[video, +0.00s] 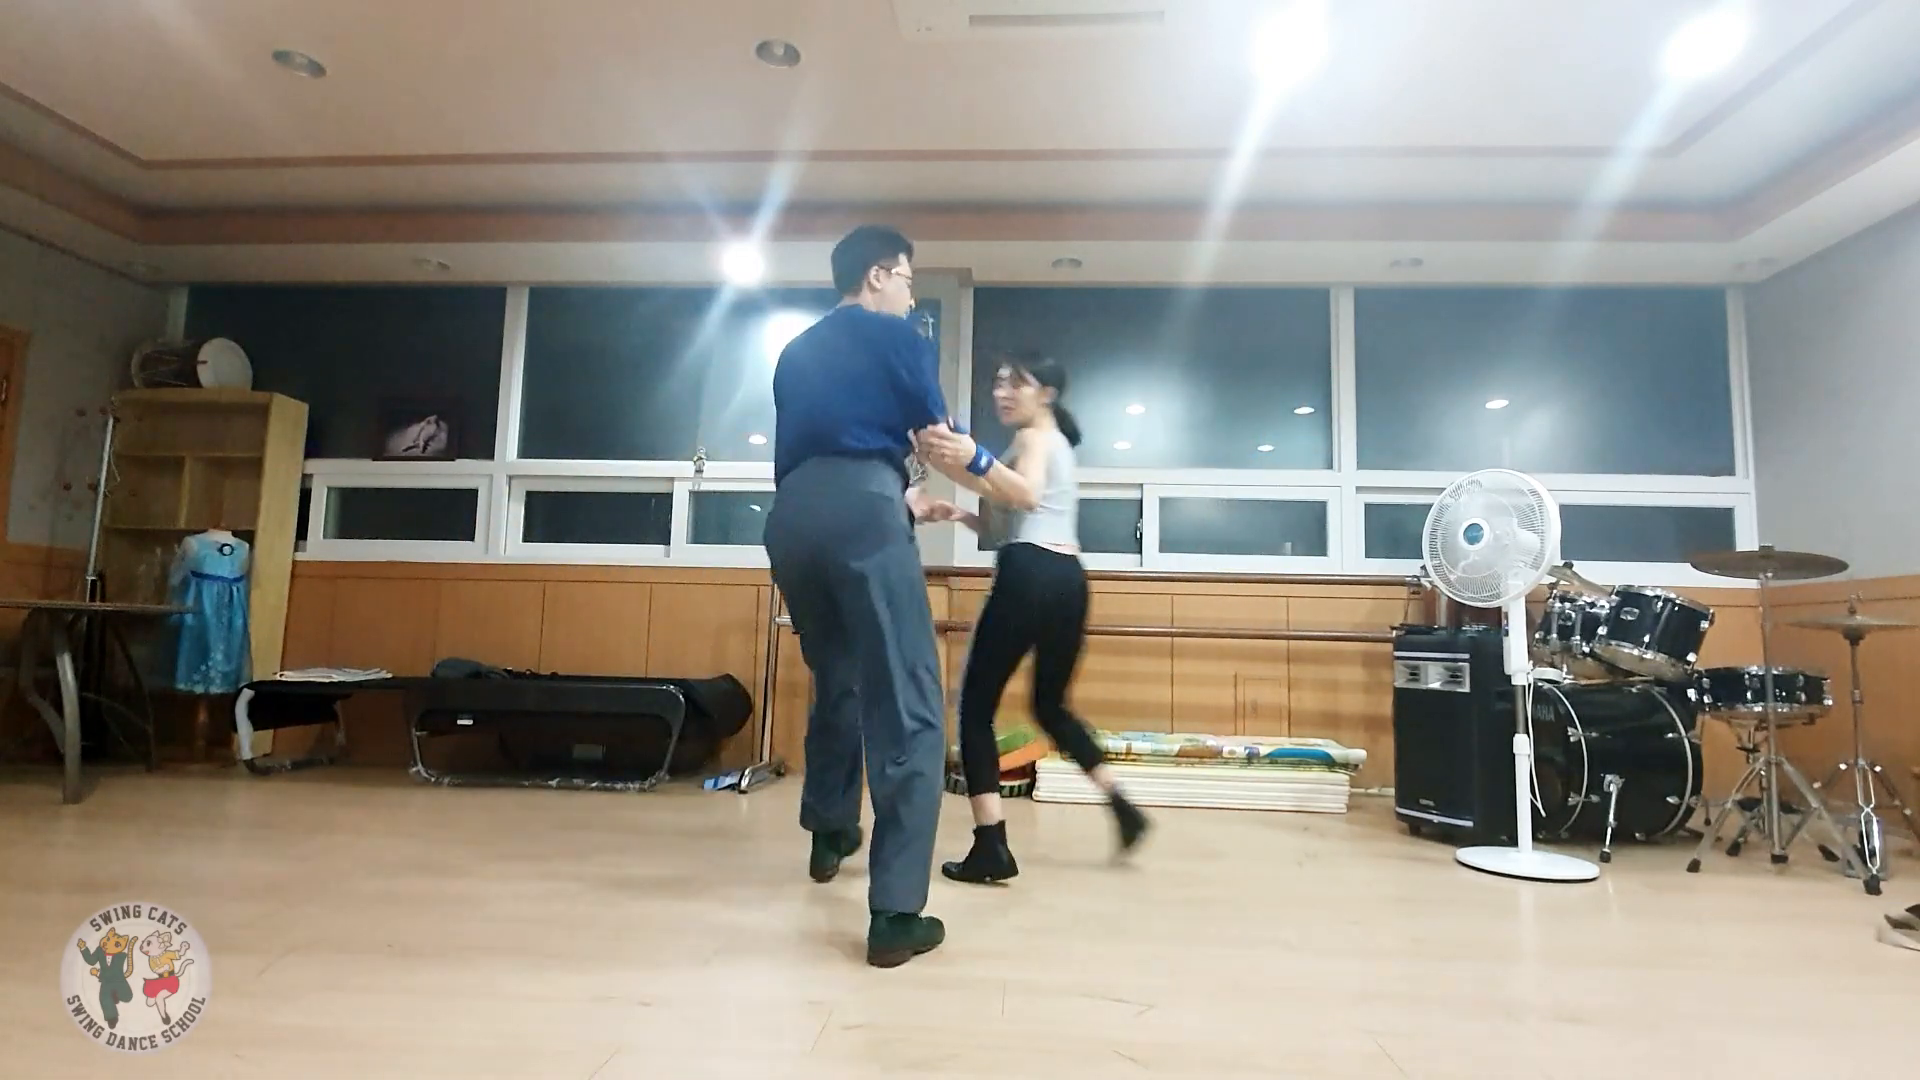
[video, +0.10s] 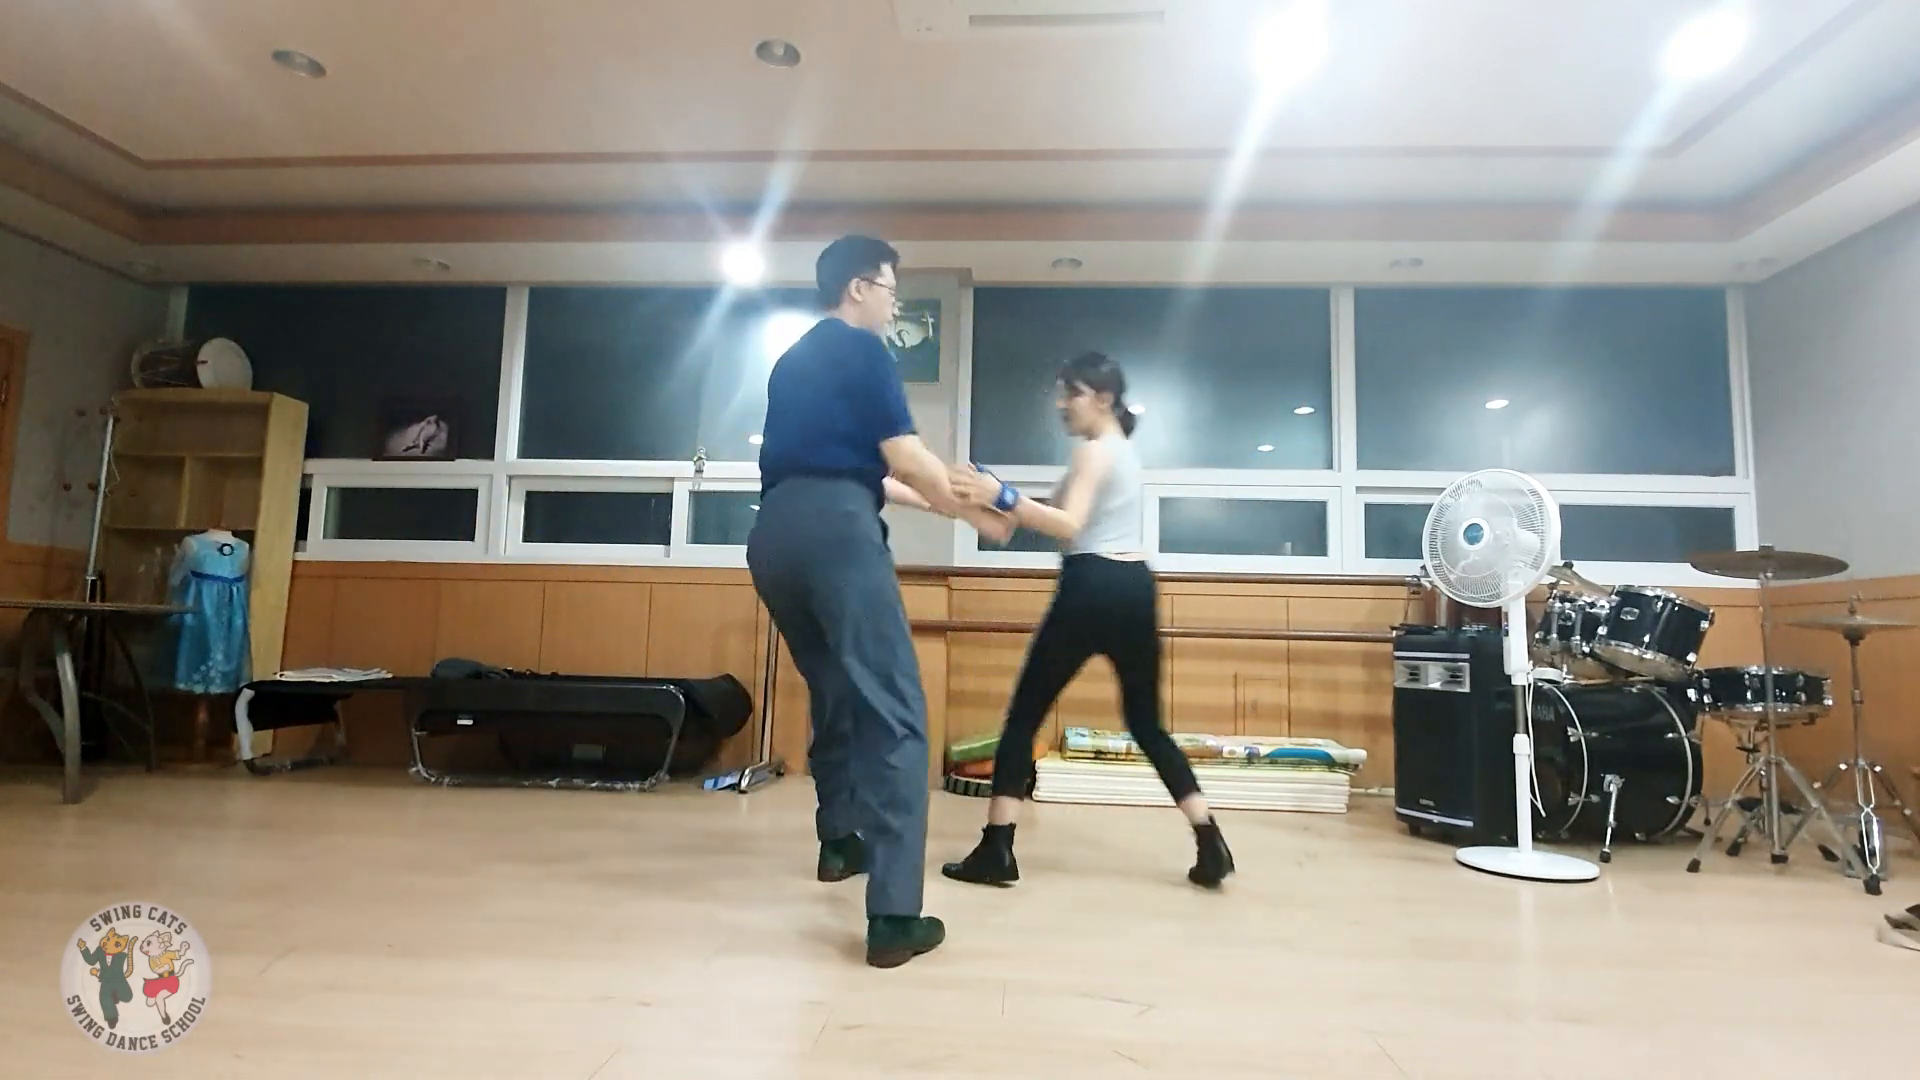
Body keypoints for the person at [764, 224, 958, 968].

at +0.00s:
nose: (910, 293)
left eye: (908, 280)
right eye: (906, 279)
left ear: (845, 280)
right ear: (880, 276)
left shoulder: (795, 352)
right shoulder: (899, 339)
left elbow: (794, 464)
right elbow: (944, 451)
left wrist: (901, 498)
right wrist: (961, 454)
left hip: (792, 508)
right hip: (866, 505)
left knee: (836, 679)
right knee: (908, 704)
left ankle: (830, 835)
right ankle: (896, 912)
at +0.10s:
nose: (896, 304)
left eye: (894, 290)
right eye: (890, 289)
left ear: (839, 293)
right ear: (859, 289)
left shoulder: (794, 359)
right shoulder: (864, 350)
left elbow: (859, 468)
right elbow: (907, 460)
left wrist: (942, 496)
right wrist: (977, 509)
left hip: (773, 530)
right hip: (837, 524)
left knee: (836, 693)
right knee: (894, 712)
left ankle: (841, 840)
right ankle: (895, 915)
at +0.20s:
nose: (883, 295)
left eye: (880, 282)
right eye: (873, 281)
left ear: (834, 287)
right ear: (838, 285)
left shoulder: (803, 349)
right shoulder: (827, 349)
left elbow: (851, 452)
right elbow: (852, 459)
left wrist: (947, 472)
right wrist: (928, 543)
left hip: (771, 535)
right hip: (806, 534)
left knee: (832, 707)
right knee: (870, 701)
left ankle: (845, 859)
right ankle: (867, 890)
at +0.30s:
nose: (866, 291)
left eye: (865, 278)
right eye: (857, 277)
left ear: (822, 283)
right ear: (818, 281)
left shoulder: (811, 352)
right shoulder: (798, 344)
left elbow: (874, 435)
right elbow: (788, 445)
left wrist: (963, 452)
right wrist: (844, 538)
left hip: (772, 533)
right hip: (787, 532)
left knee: (818, 688)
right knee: (856, 682)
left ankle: (836, 836)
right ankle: (804, 861)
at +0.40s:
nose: (851, 293)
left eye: (849, 280)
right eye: (841, 279)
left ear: (813, 288)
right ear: (803, 284)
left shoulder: (825, 374)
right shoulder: (768, 353)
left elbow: (886, 434)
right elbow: (740, 452)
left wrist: (972, 448)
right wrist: (774, 544)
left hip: (792, 536)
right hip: (757, 534)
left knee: (831, 685)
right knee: (823, 688)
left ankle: (833, 837)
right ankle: (754, 836)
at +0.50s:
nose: (839, 307)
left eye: (839, 296)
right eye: (828, 294)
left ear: (811, 305)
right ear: (789, 301)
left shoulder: (829, 392)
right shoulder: (748, 373)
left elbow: (891, 446)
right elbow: (703, 462)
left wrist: (977, 461)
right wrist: (728, 557)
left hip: (789, 551)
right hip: (737, 548)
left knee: (841, 686)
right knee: (783, 705)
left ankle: (838, 836)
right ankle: (723, 831)